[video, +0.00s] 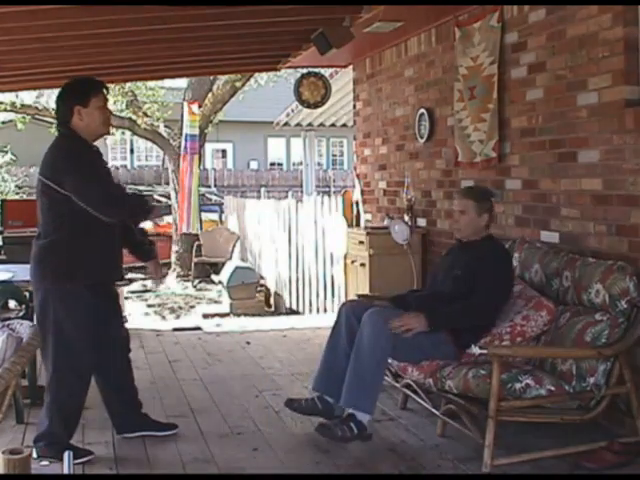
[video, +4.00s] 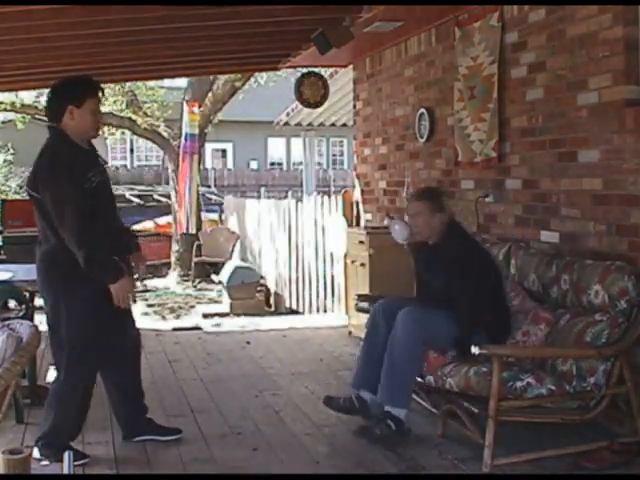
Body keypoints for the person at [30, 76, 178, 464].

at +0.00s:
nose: (110, 114)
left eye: (108, 106)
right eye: (103, 107)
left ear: (83, 113)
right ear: (78, 113)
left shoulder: (88, 154)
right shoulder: (65, 155)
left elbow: (111, 211)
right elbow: (105, 203)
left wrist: (145, 249)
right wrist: (147, 205)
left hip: (92, 273)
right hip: (64, 277)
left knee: (112, 349)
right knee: (70, 360)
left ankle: (129, 420)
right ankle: (51, 443)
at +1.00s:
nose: (95, 113)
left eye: (92, 105)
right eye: (87, 106)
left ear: (67, 115)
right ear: (63, 115)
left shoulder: (88, 158)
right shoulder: (45, 165)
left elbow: (117, 199)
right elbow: (62, 227)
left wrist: (150, 218)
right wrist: (117, 212)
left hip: (99, 279)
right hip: (61, 284)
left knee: (124, 346)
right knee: (77, 363)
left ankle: (133, 421)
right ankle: (54, 443)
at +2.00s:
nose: (105, 110)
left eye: (103, 102)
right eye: (99, 102)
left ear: (76, 108)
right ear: (75, 107)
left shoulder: (89, 151)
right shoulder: (60, 153)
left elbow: (117, 198)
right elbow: (100, 206)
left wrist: (143, 179)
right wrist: (141, 182)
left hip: (103, 275)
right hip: (73, 278)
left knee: (119, 352)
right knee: (72, 363)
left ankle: (134, 424)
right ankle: (52, 444)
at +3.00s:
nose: (122, 111)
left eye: (121, 103)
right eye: (116, 103)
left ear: (96, 108)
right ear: (91, 107)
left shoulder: (104, 151)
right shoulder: (72, 152)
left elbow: (138, 192)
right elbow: (124, 192)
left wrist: (177, 172)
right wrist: (174, 169)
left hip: (110, 274)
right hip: (78, 276)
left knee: (123, 351)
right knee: (72, 361)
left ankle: (134, 423)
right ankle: (52, 444)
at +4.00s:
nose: (101, 118)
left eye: (100, 110)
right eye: (95, 110)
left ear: (73, 113)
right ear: (69, 112)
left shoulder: (86, 156)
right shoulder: (56, 160)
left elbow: (104, 213)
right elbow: (73, 231)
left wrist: (129, 245)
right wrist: (112, 274)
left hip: (99, 272)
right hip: (70, 278)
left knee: (122, 348)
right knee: (78, 361)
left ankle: (135, 424)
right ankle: (52, 445)